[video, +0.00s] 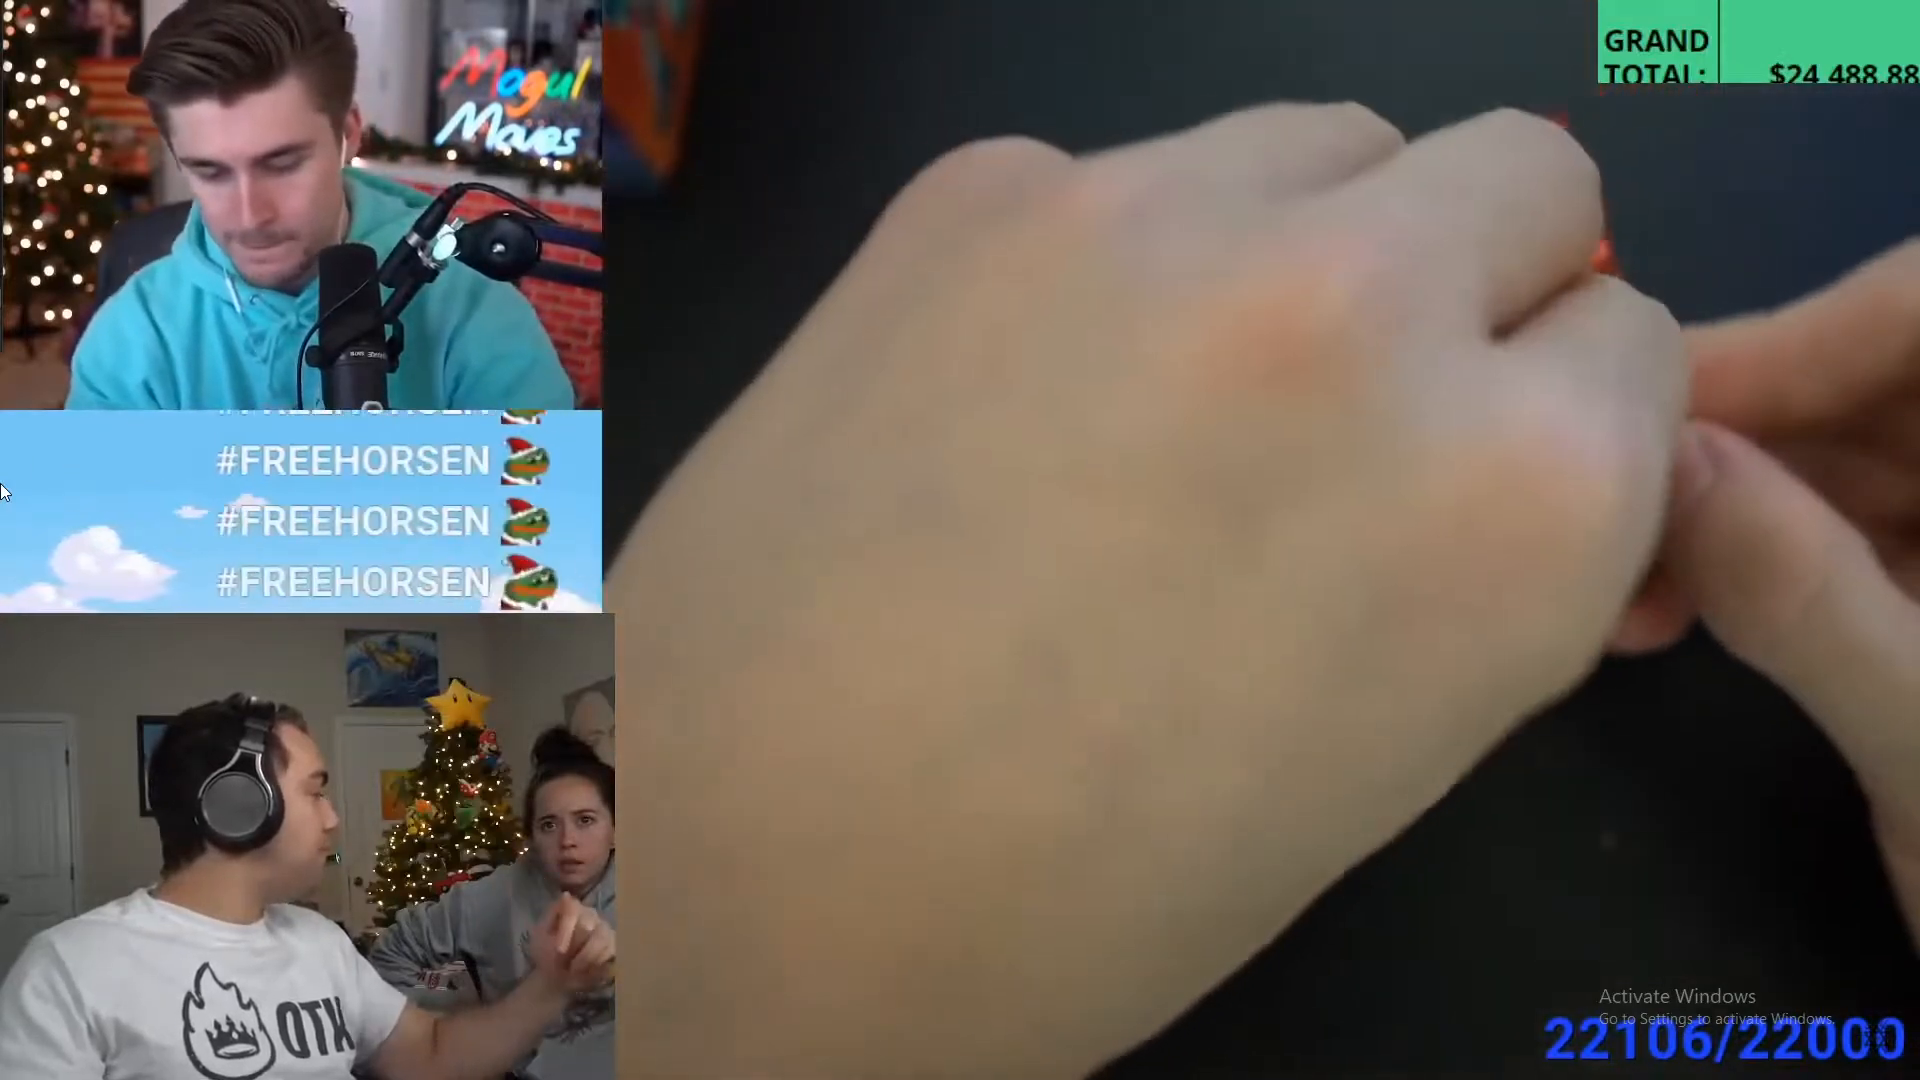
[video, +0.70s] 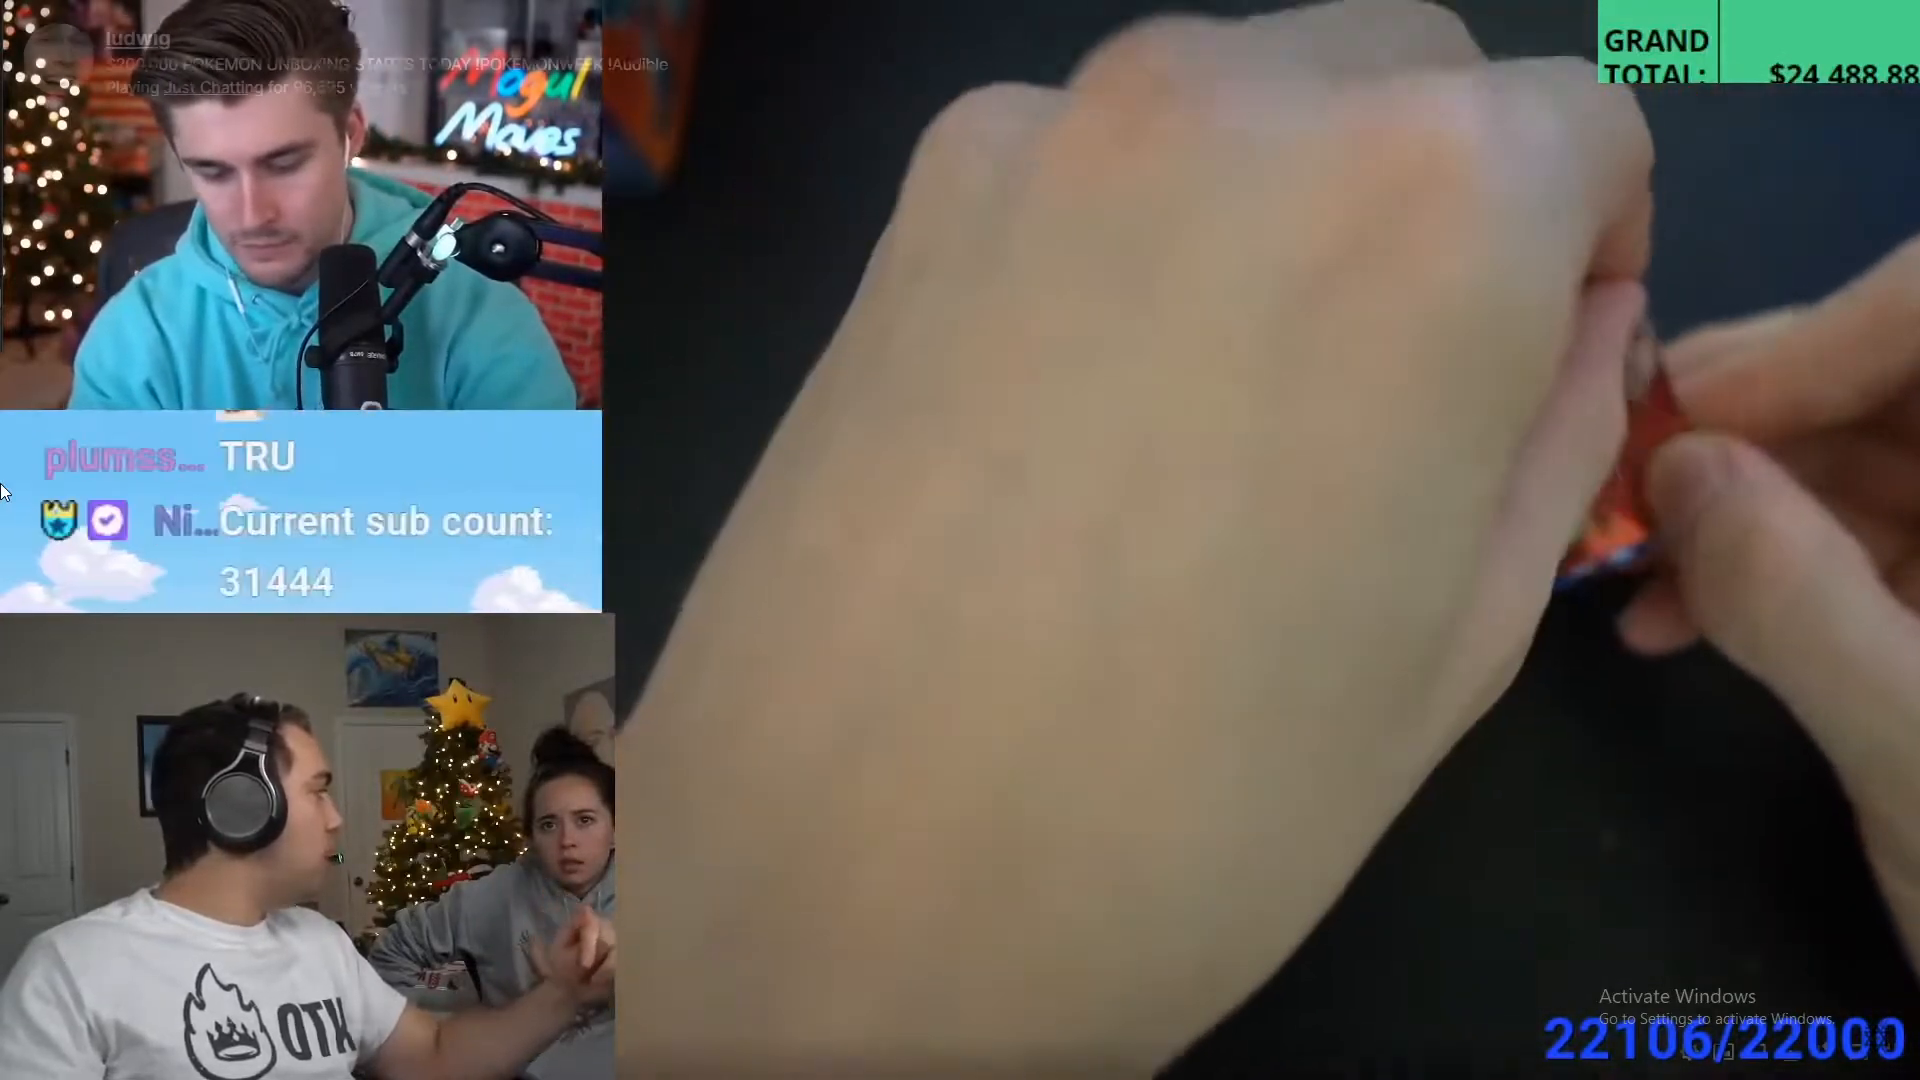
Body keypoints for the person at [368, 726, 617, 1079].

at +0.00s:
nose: (567, 842)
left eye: (585, 821)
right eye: (549, 825)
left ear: (615, 829)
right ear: (531, 836)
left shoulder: (643, 894)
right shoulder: (489, 900)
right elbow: (389, 956)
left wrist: (621, 954)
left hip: (621, 1067)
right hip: (530, 1070)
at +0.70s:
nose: (567, 842)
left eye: (585, 821)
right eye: (549, 825)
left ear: (615, 828)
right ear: (531, 836)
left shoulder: (644, 894)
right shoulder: (493, 898)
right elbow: (392, 952)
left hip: (620, 1069)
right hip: (526, 1071)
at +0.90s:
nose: (567, 842)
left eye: (585, 821)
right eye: (548, 825)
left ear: (615, 828)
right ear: (531, 836)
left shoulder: (642, 893)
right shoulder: (491, 899)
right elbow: (389, 956)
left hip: (615, 1069)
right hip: (528, 1071)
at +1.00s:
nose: (567, 842)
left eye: (585, 821)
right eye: (548, 825)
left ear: (615, 828)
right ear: (530, 836)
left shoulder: (641, 897)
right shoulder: (491, 898)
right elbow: (388, 958)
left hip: (609, 1070)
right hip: (522, 1072)